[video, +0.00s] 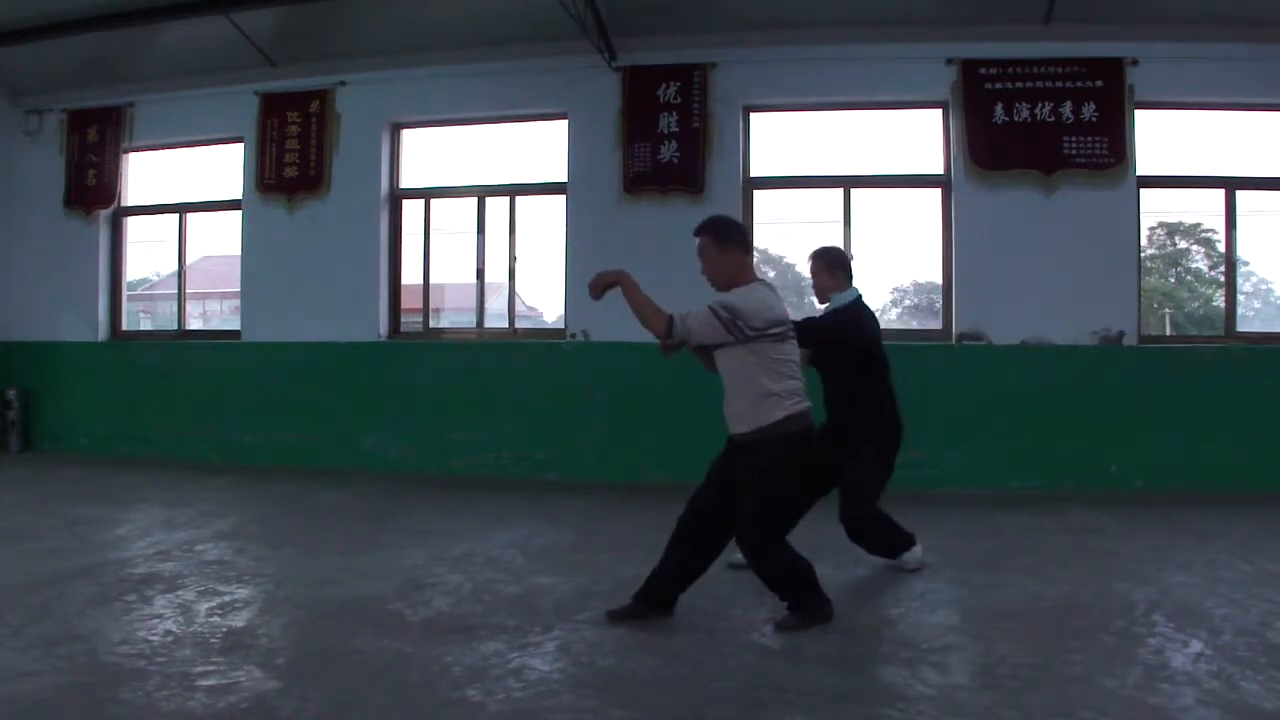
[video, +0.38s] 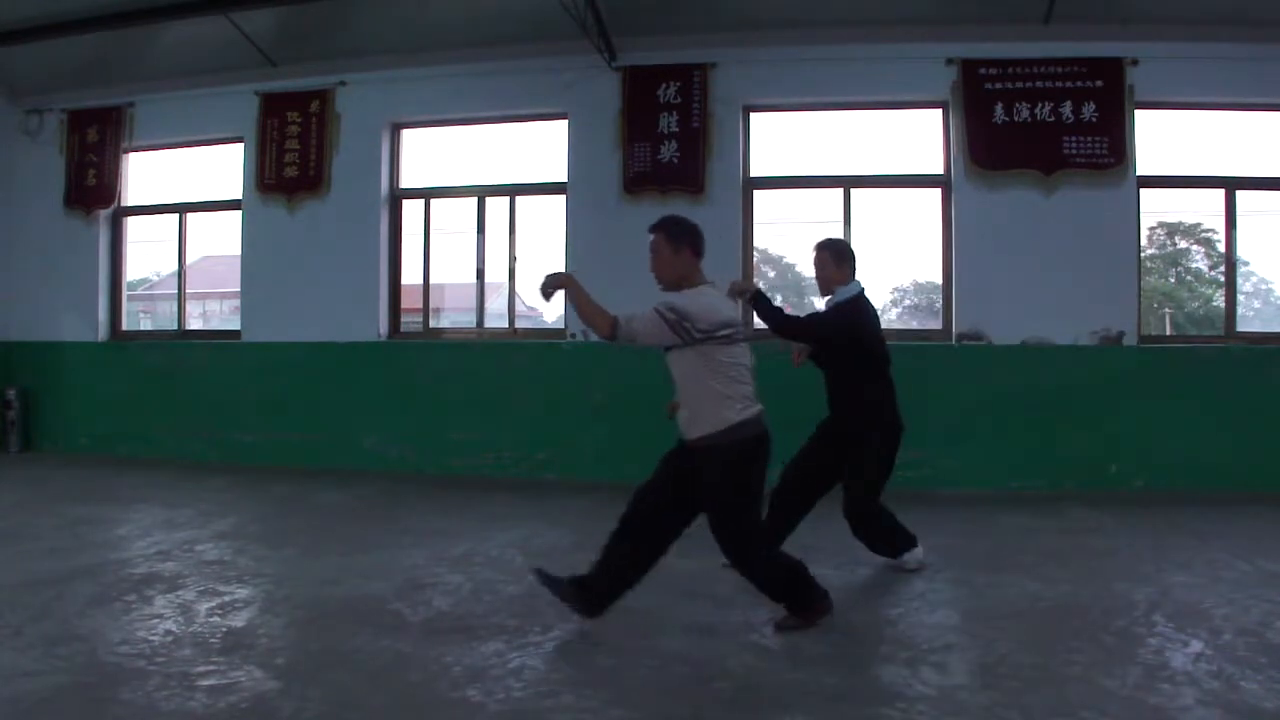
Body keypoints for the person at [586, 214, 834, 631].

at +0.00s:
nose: (702, 269)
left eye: (705, 258)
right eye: (701, 259)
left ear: (733, 253)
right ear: (734, 255)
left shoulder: (750, 303)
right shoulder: (753, 300)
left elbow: (667, 328)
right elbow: (727, 364)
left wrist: (623, 280)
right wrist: (686, 340)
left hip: (781, 440)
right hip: (750, 440)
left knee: (755, 533)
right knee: (701, 523)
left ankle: (811, 604)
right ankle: (654, 600)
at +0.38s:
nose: (651, 264)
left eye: (657, 253)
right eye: (651, 254)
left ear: (686, 254)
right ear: (689, 256)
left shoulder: (695, 308)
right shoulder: (722, 304)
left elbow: (612, 329)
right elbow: (733, 369)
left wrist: (568, 283)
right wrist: (689, 401)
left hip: (732, 445)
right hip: (708, 442)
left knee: (741, 541)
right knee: (650, 517)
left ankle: (809, 601)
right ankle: (593, 594)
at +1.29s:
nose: (346, 244)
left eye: (353, 235)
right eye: (348, 234)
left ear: (375, 239)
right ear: (380, 240)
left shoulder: (396, 299)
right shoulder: (367, 298)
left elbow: (375, 369)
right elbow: (307, 301)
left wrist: (329, 334)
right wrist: (263, 262)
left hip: (384, 431)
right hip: (374, 429)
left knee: (297, 516)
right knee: (370, 525)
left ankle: (240, 604)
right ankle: (406, 613)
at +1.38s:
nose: (327, 246)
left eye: (333, 236)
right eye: (329, 236)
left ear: (358, 238)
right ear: (362, 240)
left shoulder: (369, 296)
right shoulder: (363, 294)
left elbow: (336, 363)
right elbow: (294, 303)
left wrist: (311, 322)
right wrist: (245, 272)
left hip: (353, 429)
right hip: (382, 429)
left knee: (287, 524)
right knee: (363, 528)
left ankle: (227, 614)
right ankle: (405, 613)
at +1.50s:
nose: (282, 251)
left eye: (288, 241)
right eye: (283, 241)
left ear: (311, 243)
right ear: (324, 245)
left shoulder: (303, 300)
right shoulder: (355, 295)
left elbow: (247, 331)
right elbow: (286, 328)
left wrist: (221, 313)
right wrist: (239, 323)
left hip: (312, 428)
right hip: (362, 429)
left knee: (248, 525)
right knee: (342, 530)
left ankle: (213, 623)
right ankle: (399, 614)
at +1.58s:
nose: (254, 261)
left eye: (258, 252)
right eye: (255, 252)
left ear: (278, 254)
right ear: (298, 256)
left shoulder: (271, 299)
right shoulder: (332, 312)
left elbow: (210, 293)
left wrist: (170, 283)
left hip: (288, 448)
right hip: (336, 445)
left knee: (230, 524)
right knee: (327, 536)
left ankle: (211, 623)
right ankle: (398, 611)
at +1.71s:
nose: (236, 272)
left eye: (242, 262)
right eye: (237, 262)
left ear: (265, 263)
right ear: (274, 264)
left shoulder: (283, 315)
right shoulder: (304, 311)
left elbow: (257, 379)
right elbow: (274, 382)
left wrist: (210, 357)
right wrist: (223, 369)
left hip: (291, 446)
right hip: (331, 445)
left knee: (222, 520)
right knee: (319, 539)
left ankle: (210, 621)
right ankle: (386, 615)